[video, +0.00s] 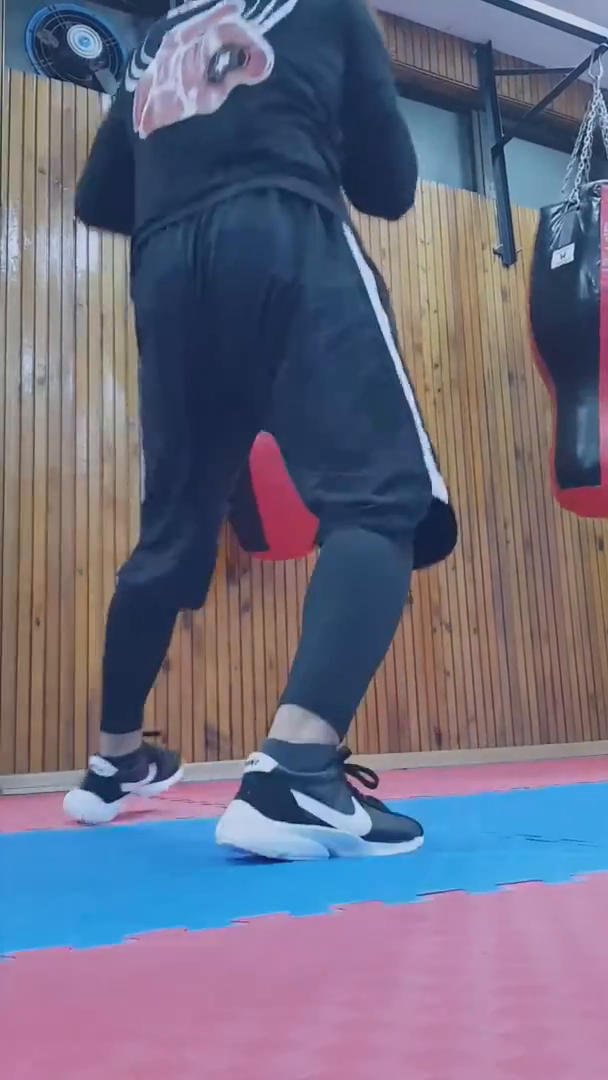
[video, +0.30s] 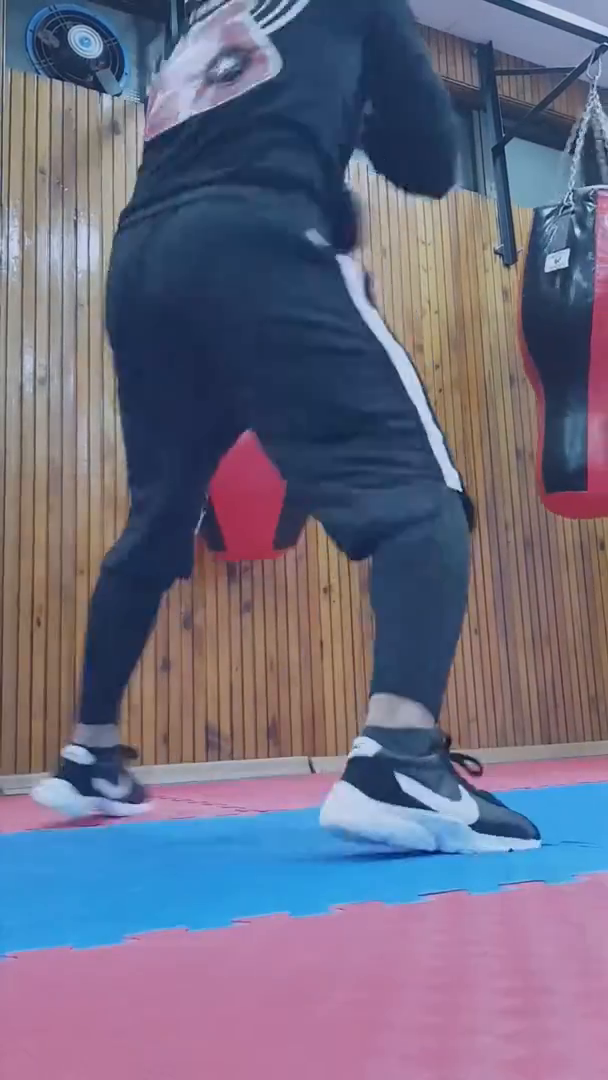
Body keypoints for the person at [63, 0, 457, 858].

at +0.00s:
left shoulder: (157, 52)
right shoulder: (330, 12)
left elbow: (99, 196)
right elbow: (388, 186)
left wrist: (204, 194)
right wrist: (310, 122)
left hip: (165, 262)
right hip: (287, 236)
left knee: (172, 520)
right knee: (375, 502)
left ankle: (114, 758)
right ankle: (295, 769)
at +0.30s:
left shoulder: (190, 29)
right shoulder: (356, 8)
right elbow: (428, 166)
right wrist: (342, 103)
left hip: (141, 254)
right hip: (259, 241)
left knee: (156, 519)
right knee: (422, 502)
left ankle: (90, 751)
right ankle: (398, 751)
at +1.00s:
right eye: (207, 29)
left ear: (114, 50)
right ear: (197, 37)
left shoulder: (71, 112)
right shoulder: (244, 94)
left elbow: (36, 262)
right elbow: (318, 245)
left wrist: (105, 176)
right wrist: (229, 186)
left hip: (130, 342)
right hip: (248, 326)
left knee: (78, 557)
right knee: (357, 535)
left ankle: (19, 765)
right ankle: (382, 716)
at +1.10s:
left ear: (160, 18)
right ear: (246, 7)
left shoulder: (125, 87)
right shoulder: (297, 49)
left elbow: (87, 241)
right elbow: (361, 213)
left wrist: (179, 193)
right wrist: (276, 155)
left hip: (163, 314)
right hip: (279, 292)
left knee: (124, 548)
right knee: (387, 523)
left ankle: (27, 767)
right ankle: (348, 763)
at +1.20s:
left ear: (229, 2)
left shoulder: (194, 65)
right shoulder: (358, 20)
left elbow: (136, 209)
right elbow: (404, 201)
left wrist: (204, 273)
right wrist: (314, 143)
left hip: (215, 289)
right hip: (324, 267)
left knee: (185, 545)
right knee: (410, 517)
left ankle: (77, 755)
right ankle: (353, 772)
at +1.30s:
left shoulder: (243, 40)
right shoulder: (423, 13)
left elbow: (166, 132)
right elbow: (446, 173)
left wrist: (239, 228)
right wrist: (409, 209)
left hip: (260, 258)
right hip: (368, 242)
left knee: (265, 514)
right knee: (421, 504)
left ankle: (208, 743)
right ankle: (355, 769)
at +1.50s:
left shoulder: (348, 17)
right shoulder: (515, 17)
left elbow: (272, 118)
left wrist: (351, 191)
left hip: (367, 234)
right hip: (473, 217)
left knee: (427, 501)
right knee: (455, 486)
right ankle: (366, 742)